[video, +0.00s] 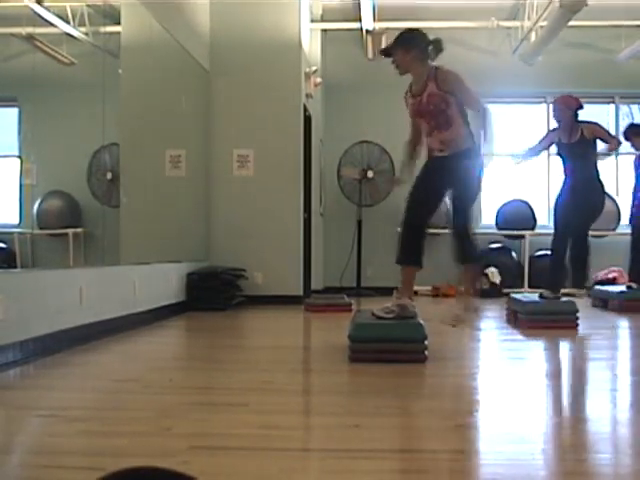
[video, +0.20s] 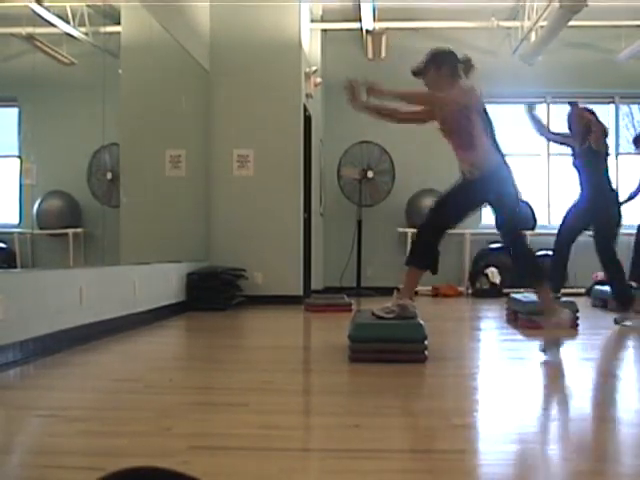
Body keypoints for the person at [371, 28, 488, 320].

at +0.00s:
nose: (393, 62)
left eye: (396, 55)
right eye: (392, 56)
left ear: (414, 53)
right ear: (408, 56)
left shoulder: (445, 78)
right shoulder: (412, 93)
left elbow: (480, 110)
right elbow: (415, 136)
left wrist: (486, 150)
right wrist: (404, 172)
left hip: (464, 158)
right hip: (435, 162)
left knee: (461, 225)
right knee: (413, 221)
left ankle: (468, 300)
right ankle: (405, 299)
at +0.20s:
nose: (426, 85)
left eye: (428, 79)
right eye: (424, 81)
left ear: (445, 73)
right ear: (439, 75)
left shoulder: (468, 93)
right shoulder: (438, 107)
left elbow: (432, 100)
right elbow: (402, 117)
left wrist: (383, 91)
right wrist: (363, 106)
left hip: (496, 178)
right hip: (470, 182)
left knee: (513, 239)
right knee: (430, 228)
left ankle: (551, 309)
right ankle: (404, 301)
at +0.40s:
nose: (458, 108)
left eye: (460, 101)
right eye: (456, 102)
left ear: (474, 98)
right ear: (474, 100)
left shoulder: (495, 120)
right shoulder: (482, 128)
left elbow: (456, 122)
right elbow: (454, 142)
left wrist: (424, 104)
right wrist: (427, 114)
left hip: (531, 201)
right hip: (510, 204)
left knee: (549, 265)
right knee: (462, 239)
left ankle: (574, 335)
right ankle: (415, 296)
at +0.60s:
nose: (460, 101)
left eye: (464, 95)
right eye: (460, 95)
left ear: (478, 94)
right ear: (479, 95)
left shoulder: (494, 118)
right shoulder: (489, 121)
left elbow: (506, 156)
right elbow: (521, 154)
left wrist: (518, 183)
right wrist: (523, 178)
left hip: (530, 193)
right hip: (528, 193)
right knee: (473, 238)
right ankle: (482, 307)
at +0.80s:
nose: (459, 108)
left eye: (463, 103)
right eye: (460, 103)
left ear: (476, 104)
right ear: (484, 104)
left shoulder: (481, 131)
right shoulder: (497, 130)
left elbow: (487, 171)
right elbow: (527, 162)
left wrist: (498, 205)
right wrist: (533, 193)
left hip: (507, 209)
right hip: (515, 206)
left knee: (508, 269)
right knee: (507, 267)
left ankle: (570, 326)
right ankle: (520, 328)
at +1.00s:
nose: (445, 91)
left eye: (449, 86)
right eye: (446, 86)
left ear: (462, 88)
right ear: (471, 89)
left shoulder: (462, 112)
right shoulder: (475, 115)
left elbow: (433, 141)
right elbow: (448, 152)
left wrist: (407, 150)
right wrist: (413, 154)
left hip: (497, 185)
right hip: (511, 184)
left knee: (453, 228)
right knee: (508, 253)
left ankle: (458, 299)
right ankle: (516, 320)